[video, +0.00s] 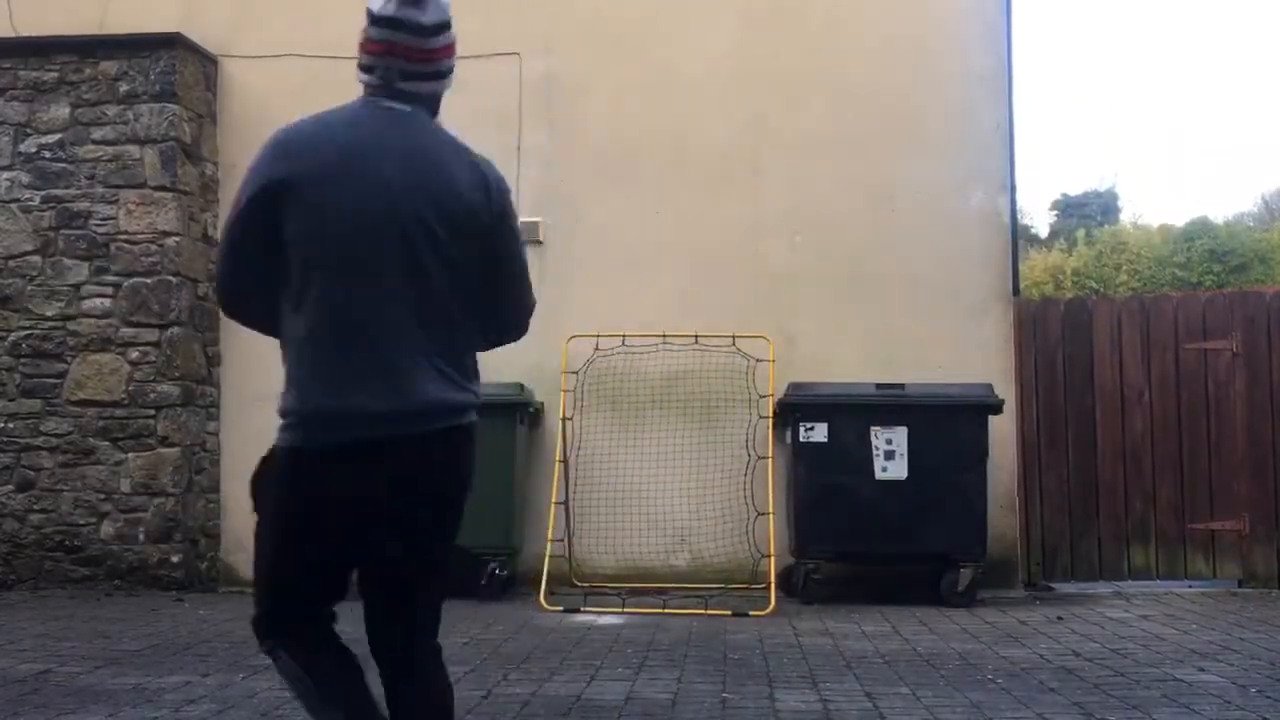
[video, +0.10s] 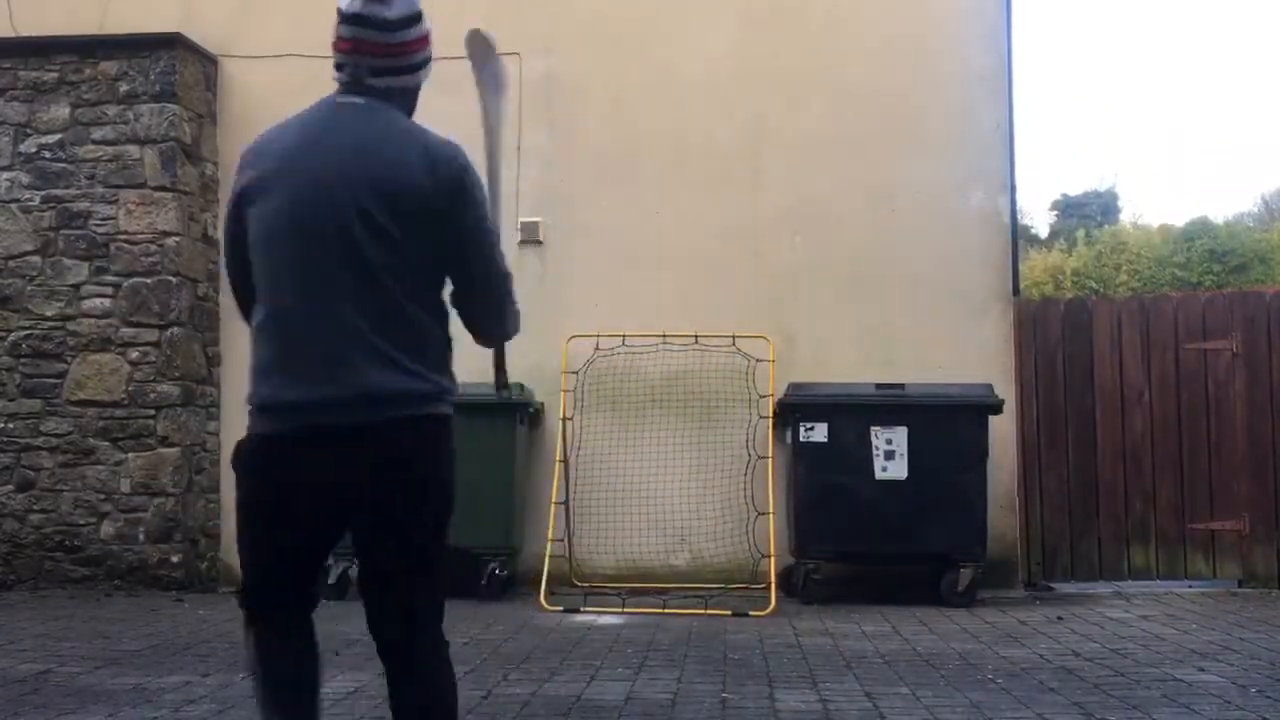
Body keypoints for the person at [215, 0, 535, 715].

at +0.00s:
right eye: (443, 65)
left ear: (363, 63)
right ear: (445, 74)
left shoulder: (294, 150)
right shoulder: (474, 177)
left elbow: (238, 288)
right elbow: (510, 315)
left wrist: (320, 323)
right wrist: (427, 329)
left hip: (323, 443)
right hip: (437, 441)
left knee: (290, 621)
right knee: (408, 633)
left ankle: (360, 713)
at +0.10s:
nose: (419, 78)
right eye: (420, 66)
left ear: (338, 64)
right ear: (416, 71)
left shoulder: (264, 153)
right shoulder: (440, 163)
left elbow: (250, 298)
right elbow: (492, 320)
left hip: (287, 439)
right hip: (408, 436)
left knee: (276, 616)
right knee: (410, 627)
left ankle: (292, 716)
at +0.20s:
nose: (382, 84)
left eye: (382, 67)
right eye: (377, 67)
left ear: (303, 68)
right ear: (353, 70)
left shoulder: (267, 132)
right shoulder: (340, 136)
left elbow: (344, 281)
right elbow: (378, 278)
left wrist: (448, 288)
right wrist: (474, 317)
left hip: (228, 416)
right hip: (321, 416)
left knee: (229, 611)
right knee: (386, 625)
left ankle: (168, 716)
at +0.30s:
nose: (369, 96)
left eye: (368, 77)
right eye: (361, 77)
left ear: (300, 79)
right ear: (321, 77)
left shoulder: (261, 141)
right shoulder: (289, 139)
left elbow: (335, 284)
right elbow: (319, 270)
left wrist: (457, 274)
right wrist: (439, 316)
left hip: (207, 425)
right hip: (265, 424)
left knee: (200, 623)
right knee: (365, 613)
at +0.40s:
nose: (358, 106)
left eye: (357, 87)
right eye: (350, 85)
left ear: (305, 85)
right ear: (306, 83)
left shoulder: (309, 187)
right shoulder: (228, 143)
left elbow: (364, 280)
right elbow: (247, 250)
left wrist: (417, 217)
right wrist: (389, 253)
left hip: (224, 427)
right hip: (190, 425)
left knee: (195, 624)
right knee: (313, 608)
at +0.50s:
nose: (366, 105)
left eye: (366, 88)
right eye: (359, 86)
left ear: (307, 84)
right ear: (318, 82)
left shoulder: (304, 173)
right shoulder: (223, 137)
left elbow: (365, 257)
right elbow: (249, 231)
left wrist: (404, 177)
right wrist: (384, 180)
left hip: (220, 424)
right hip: (169, 419)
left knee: (180, 623)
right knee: (278, 614)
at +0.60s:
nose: (377, 117)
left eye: (378, 100)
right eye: (366, 98)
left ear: (316, 93)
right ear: (323, 94)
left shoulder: (296, 160)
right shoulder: (267, 152)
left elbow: (369, 240)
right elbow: (344, 280)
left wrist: (420, 188)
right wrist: (426, 200)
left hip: (201, 419)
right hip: (159, 414)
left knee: (218, 633)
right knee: (178, 636)